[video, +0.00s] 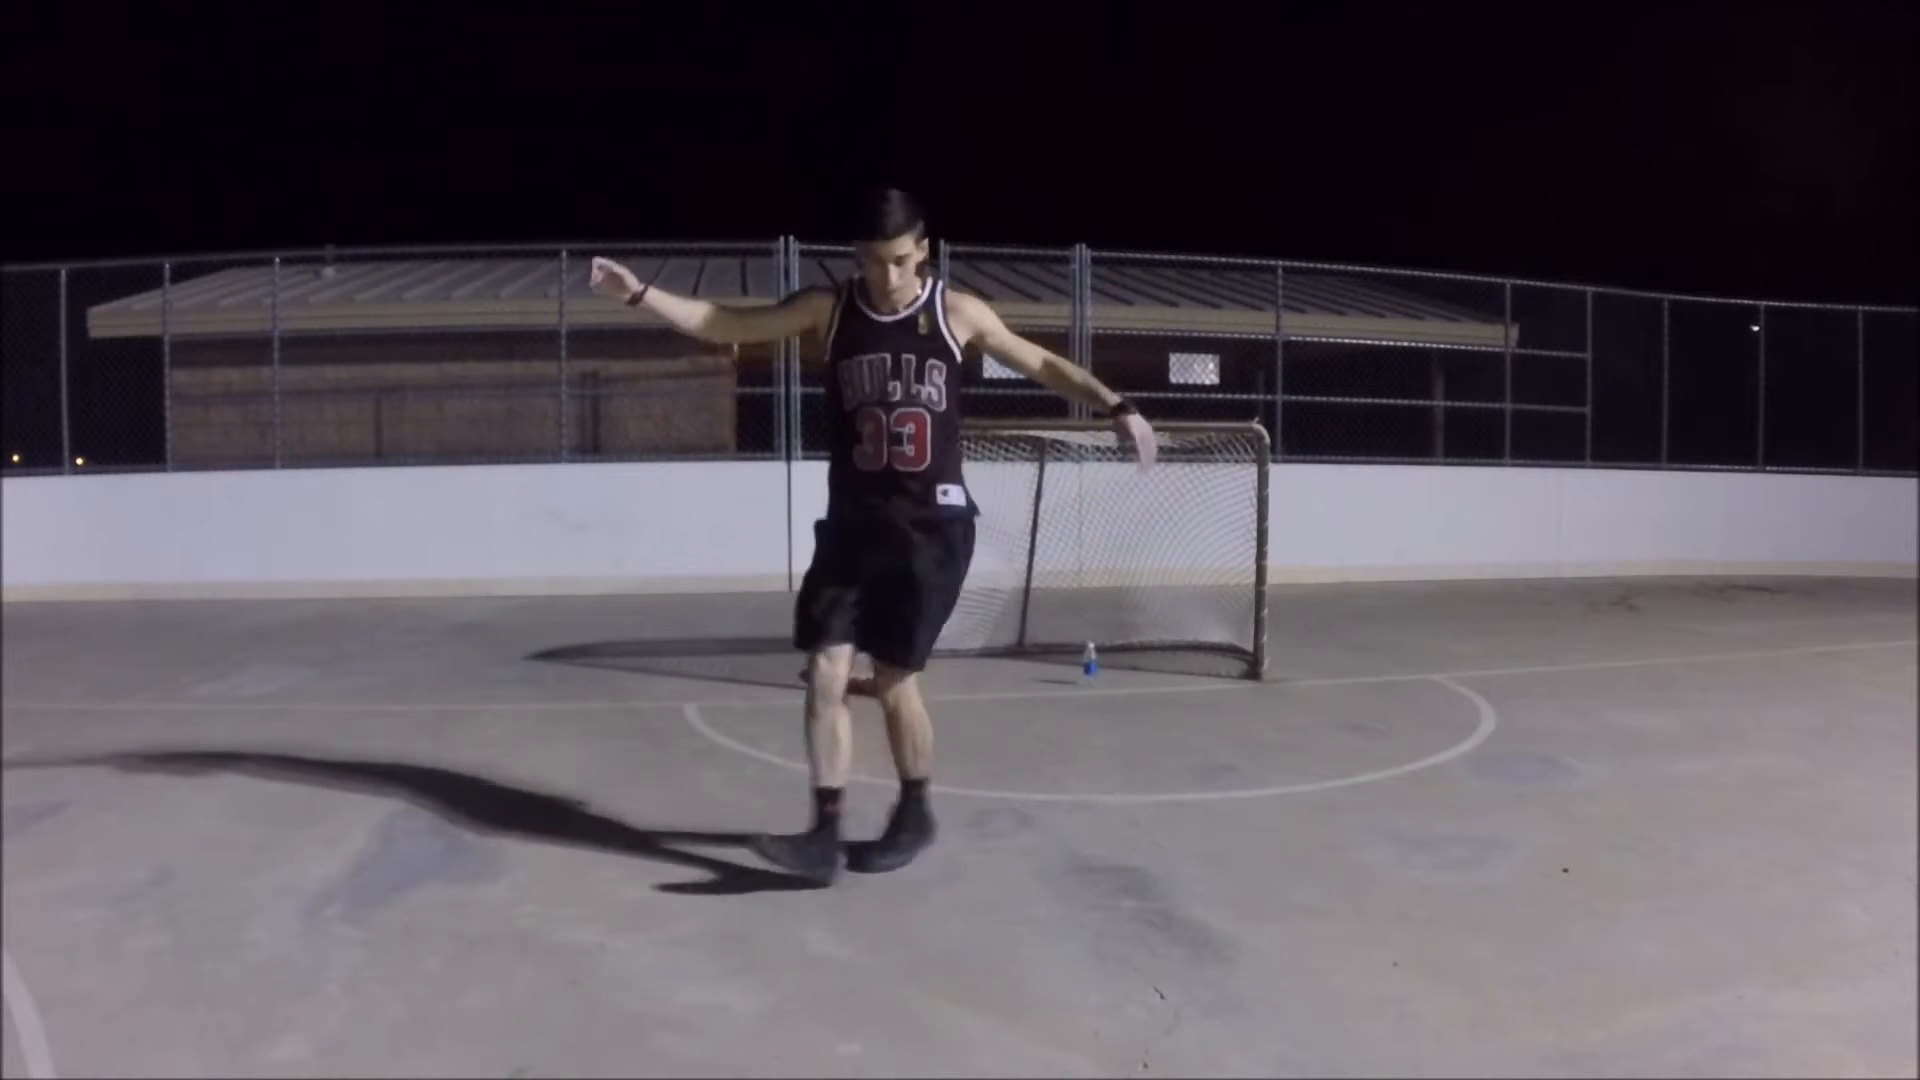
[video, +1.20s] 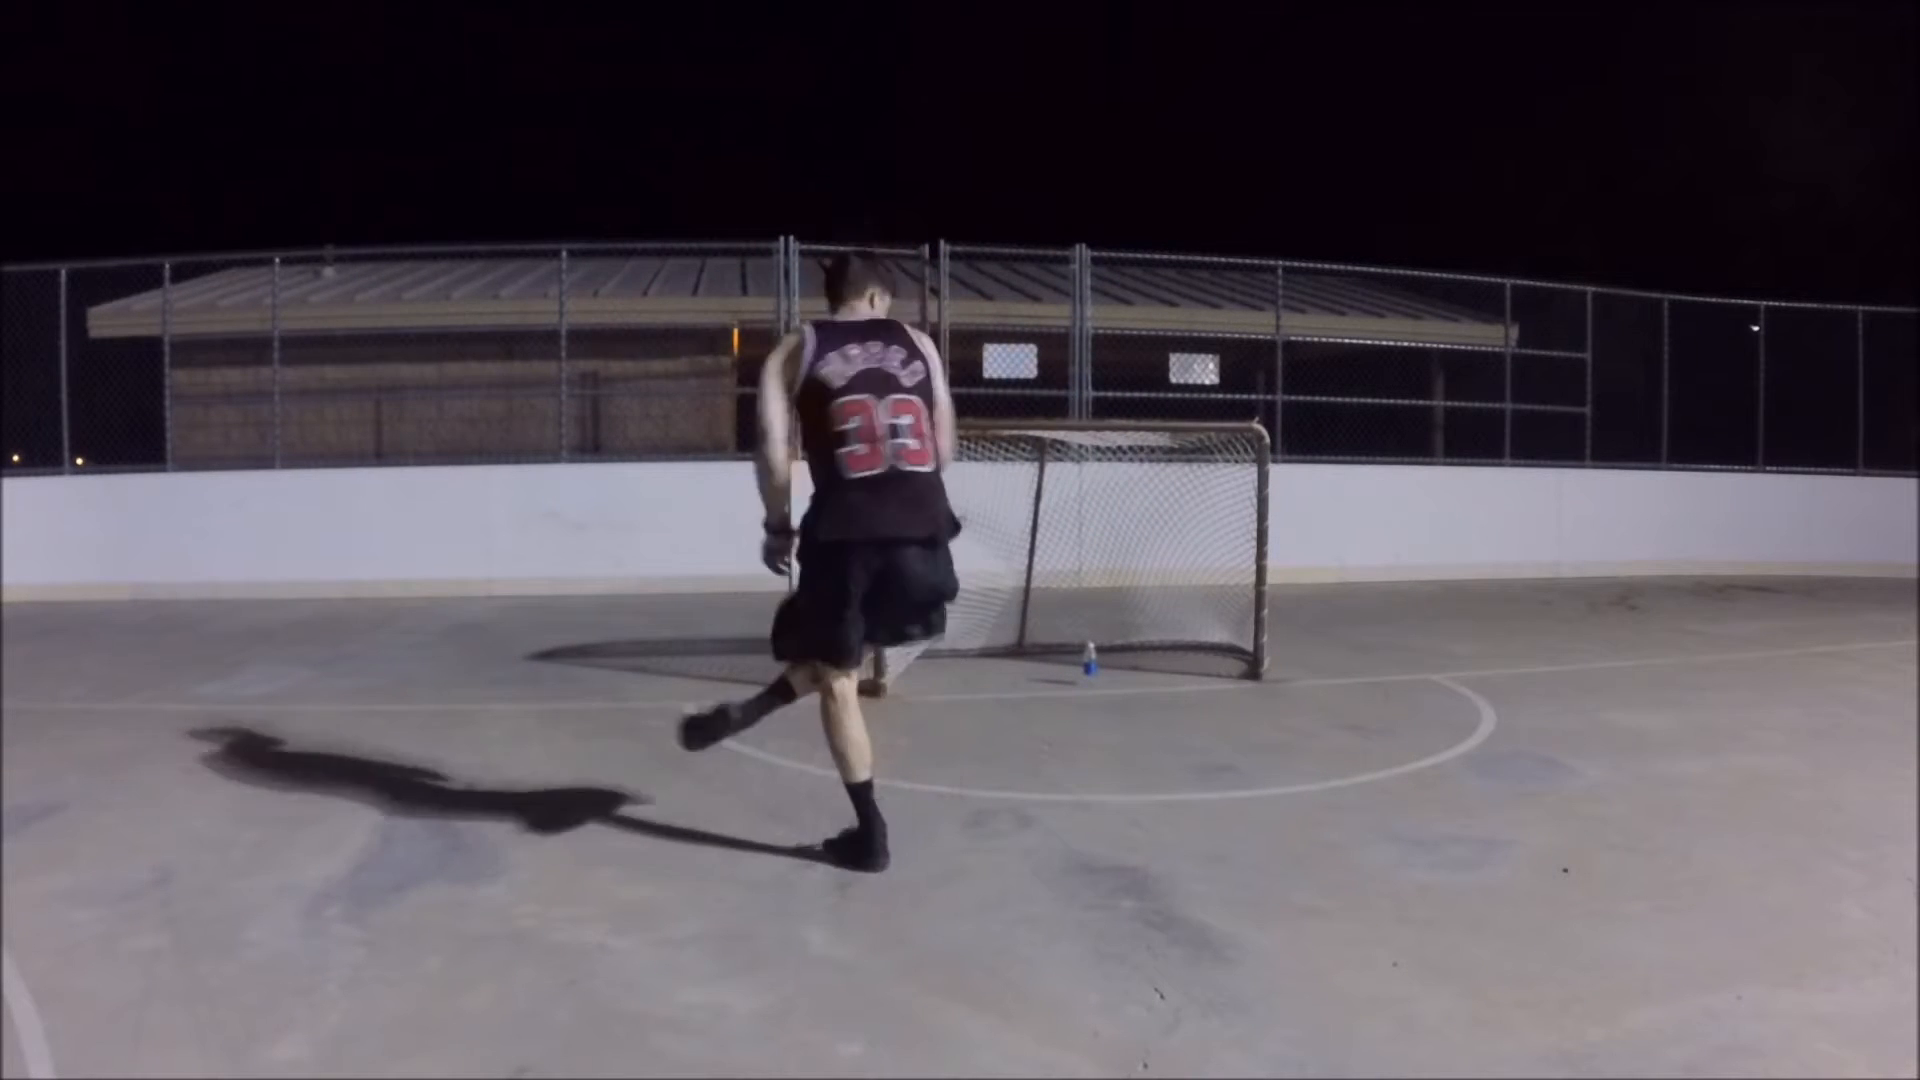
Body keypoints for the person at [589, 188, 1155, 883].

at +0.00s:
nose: (894, 278)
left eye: (906, 263)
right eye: (881, 264)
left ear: (924, 252)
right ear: (859, 255)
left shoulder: (960, 313)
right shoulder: (827, 309)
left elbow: (1046, 366)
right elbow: (728, 326)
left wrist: (1117, 407)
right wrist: (642, 294)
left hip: (934, 521)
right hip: (853, 518)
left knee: (893, 677)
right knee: (825, 670)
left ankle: (916, 815)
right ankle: (825, 836)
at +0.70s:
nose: (846, 267)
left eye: (857, 252)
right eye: (835, 254)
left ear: (886, 237)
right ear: (822, 250)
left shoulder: (933, 308)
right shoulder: (806, 304)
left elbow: (1014, 377)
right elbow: (733, 352)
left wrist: (1081, 428)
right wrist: (646, 361)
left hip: (905, 514)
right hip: (828, 510)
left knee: (887, 669)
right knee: (826, 649)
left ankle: (896, 805)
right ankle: (896, 795)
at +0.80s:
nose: (822, 276)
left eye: (831, 261)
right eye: (813, 265)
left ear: (868, 249)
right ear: (809, 265)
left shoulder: (930, 313)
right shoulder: (806, 318)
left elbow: (993, 377)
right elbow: (770, 370)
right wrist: (725, 380)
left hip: (904, 516)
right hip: (826, 513)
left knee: (873, 672)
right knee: (866, 649)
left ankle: (808, 805)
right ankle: (912, 817)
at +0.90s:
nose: (816, 276)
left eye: (821, 261)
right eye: (811, 266)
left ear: (856, 247)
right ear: (819, 262)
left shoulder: (923, 308)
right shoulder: (820, 317)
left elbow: (920, 386)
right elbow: (820, 399)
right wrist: (771, 395)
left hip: (895, 517)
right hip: (824, 511)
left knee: (861, 678)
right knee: (837, 670)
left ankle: (812, 805)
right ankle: (904, 814)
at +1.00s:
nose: (806, 258)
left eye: (806, 243)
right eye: (804, 245)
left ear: (827, 233)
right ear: (845, 231)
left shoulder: (892, 287)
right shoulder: (853, 299)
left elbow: (887, 389)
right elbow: (867, 398)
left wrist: (782, 400)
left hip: (884, 506)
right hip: (843, 500)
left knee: (845, 663)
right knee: (761, 614)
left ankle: (878, 808)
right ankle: (840, 758)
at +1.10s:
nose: (808, 255)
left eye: (809, 244)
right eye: (816, 242)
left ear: (816, 247)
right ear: (872, 246)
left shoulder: (839, 302)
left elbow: (855, 409)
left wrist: (777, 465)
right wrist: (769, 410)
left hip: (857, 505)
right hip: (916, 511)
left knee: (843, 674)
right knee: (808, 620)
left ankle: (866, 834)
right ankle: (746, 725)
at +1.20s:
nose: (892, 310)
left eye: (888, 305)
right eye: (891, 303)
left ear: (827, 300)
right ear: (878, 299)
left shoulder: (790, 353)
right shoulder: (920, 344)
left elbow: (777, 459)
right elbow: (944, 448)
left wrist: (777, 525)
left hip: (843, 544)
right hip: (922, 544)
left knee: (839, 684)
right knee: (839, 648)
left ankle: (870, 835)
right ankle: (736, 717)